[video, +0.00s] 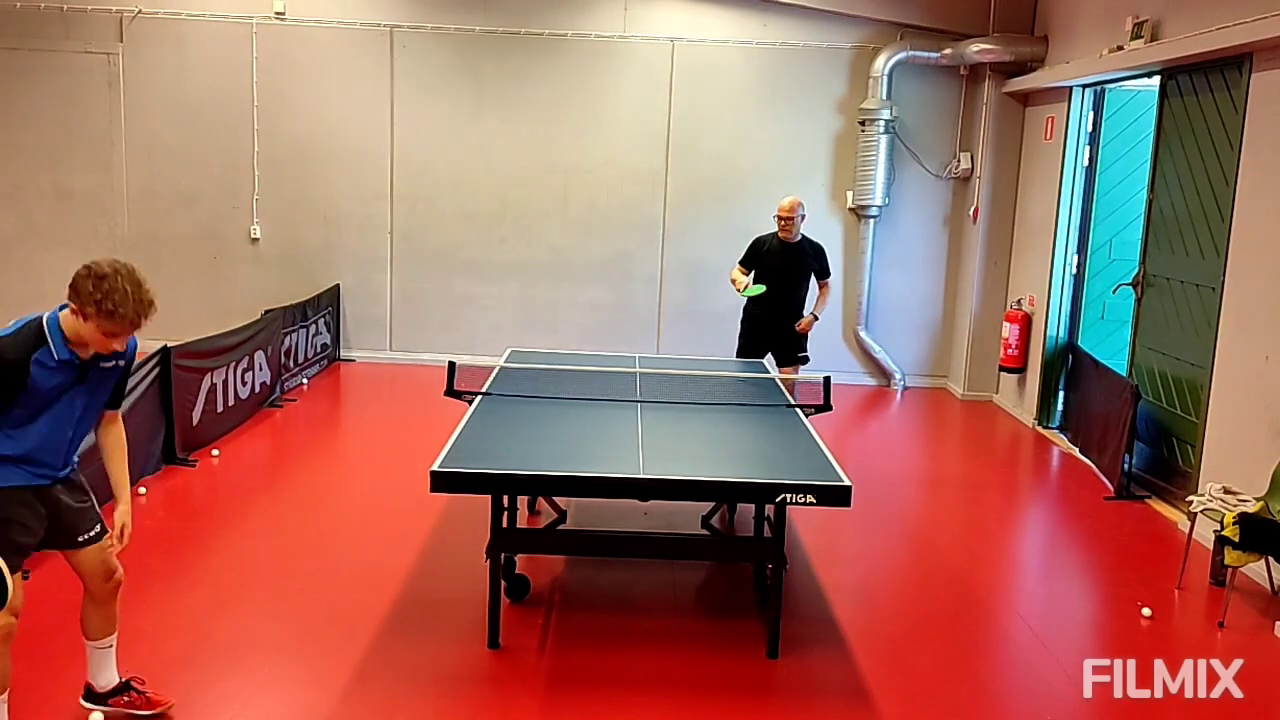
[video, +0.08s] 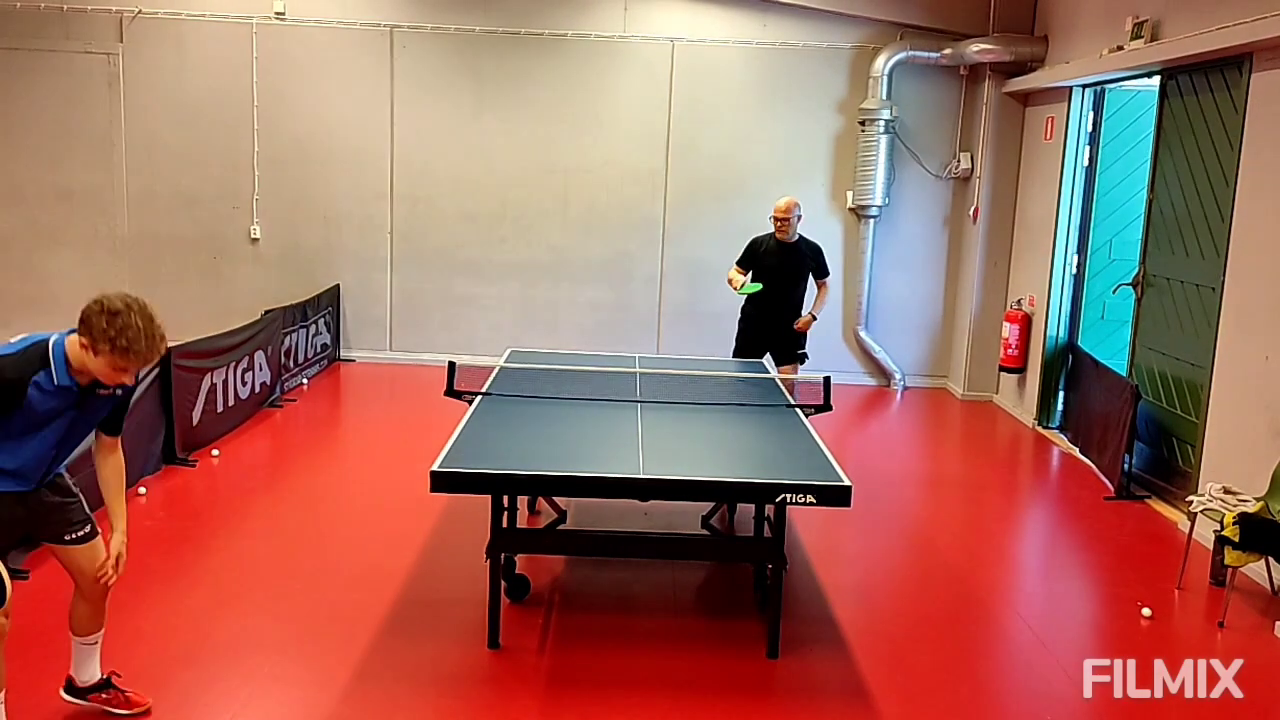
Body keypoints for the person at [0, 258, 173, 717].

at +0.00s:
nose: (119, 346)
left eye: (125, 337)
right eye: (110, 336)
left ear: (132, 323)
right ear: (78, 313)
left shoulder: (121, 351)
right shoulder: (18, 348)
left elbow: (110, 422)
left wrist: (124, 497)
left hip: (60, 481)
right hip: (7, 488)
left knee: (106, 578)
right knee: (6, 617)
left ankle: (103, 687)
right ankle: (3, 711)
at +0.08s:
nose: (126, 381)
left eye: (133, 372)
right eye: (120, 370)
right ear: (88, 345)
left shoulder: (118, 379)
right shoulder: (17, 368)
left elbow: (109, 447)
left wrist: (118, 530)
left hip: (42, 480)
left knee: (94, 572)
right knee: (1, 602)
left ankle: (85, 681)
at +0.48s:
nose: (184, 468)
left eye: (191, 463)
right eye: (185, 459)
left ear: (157, 437)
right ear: (158, 437)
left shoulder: (129, 455)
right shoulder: (64, 413)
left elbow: (100, 528)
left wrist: (110, 603)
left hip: (15, 496)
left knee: (59, 580)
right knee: (56, 581)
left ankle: (26, 686)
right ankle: (26, 685)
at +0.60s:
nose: (205, 385)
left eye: (209, 376)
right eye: (205, 374)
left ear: (176, 362)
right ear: (179, 364)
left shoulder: (135, 398)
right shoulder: (78, 373)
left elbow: (100, 474)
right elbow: (1, 405)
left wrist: (111, 549)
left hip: (32, 483)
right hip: (2, 482)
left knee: (53, 580)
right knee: (4, 614)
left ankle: (24, 689)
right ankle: (8, 699)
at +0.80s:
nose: (194, 291)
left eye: (195, 282)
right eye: (192, 282)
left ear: (159, 281)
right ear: (168, 283)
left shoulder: (126, 329)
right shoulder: (94, 332)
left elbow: (104, 411)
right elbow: (27, 407)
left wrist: (133, 479)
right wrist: (78, 473)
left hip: (48, 469)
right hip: (23, 473)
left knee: (50, 584)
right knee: (70, 596)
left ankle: (26, 688)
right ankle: (21, 709)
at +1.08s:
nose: (194, 260)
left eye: (194, 251)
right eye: (192, 251)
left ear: (151, 254)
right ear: (169, 255)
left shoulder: (137, 312)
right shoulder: (115, 321)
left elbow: (136, 389)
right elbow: (76, 408)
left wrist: (181, 429)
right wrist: (159, 429)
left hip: (104, 470)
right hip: (92, 477)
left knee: (92, 574)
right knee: (148, 582)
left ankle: (29, 683)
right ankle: (142, 704)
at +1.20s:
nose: (205, 253)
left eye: (204, 244)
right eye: (201, 244)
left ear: (168, 247)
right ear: (176, 248)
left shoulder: (157, 300)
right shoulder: (121, 318)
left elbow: (168, 374)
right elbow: (97, 412)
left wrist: (234, 414)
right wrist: (174, 449)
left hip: (147, 461)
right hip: (117, 472)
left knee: (167, 558)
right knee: (155, 585)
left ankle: (71, 647)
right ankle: (142, 706)